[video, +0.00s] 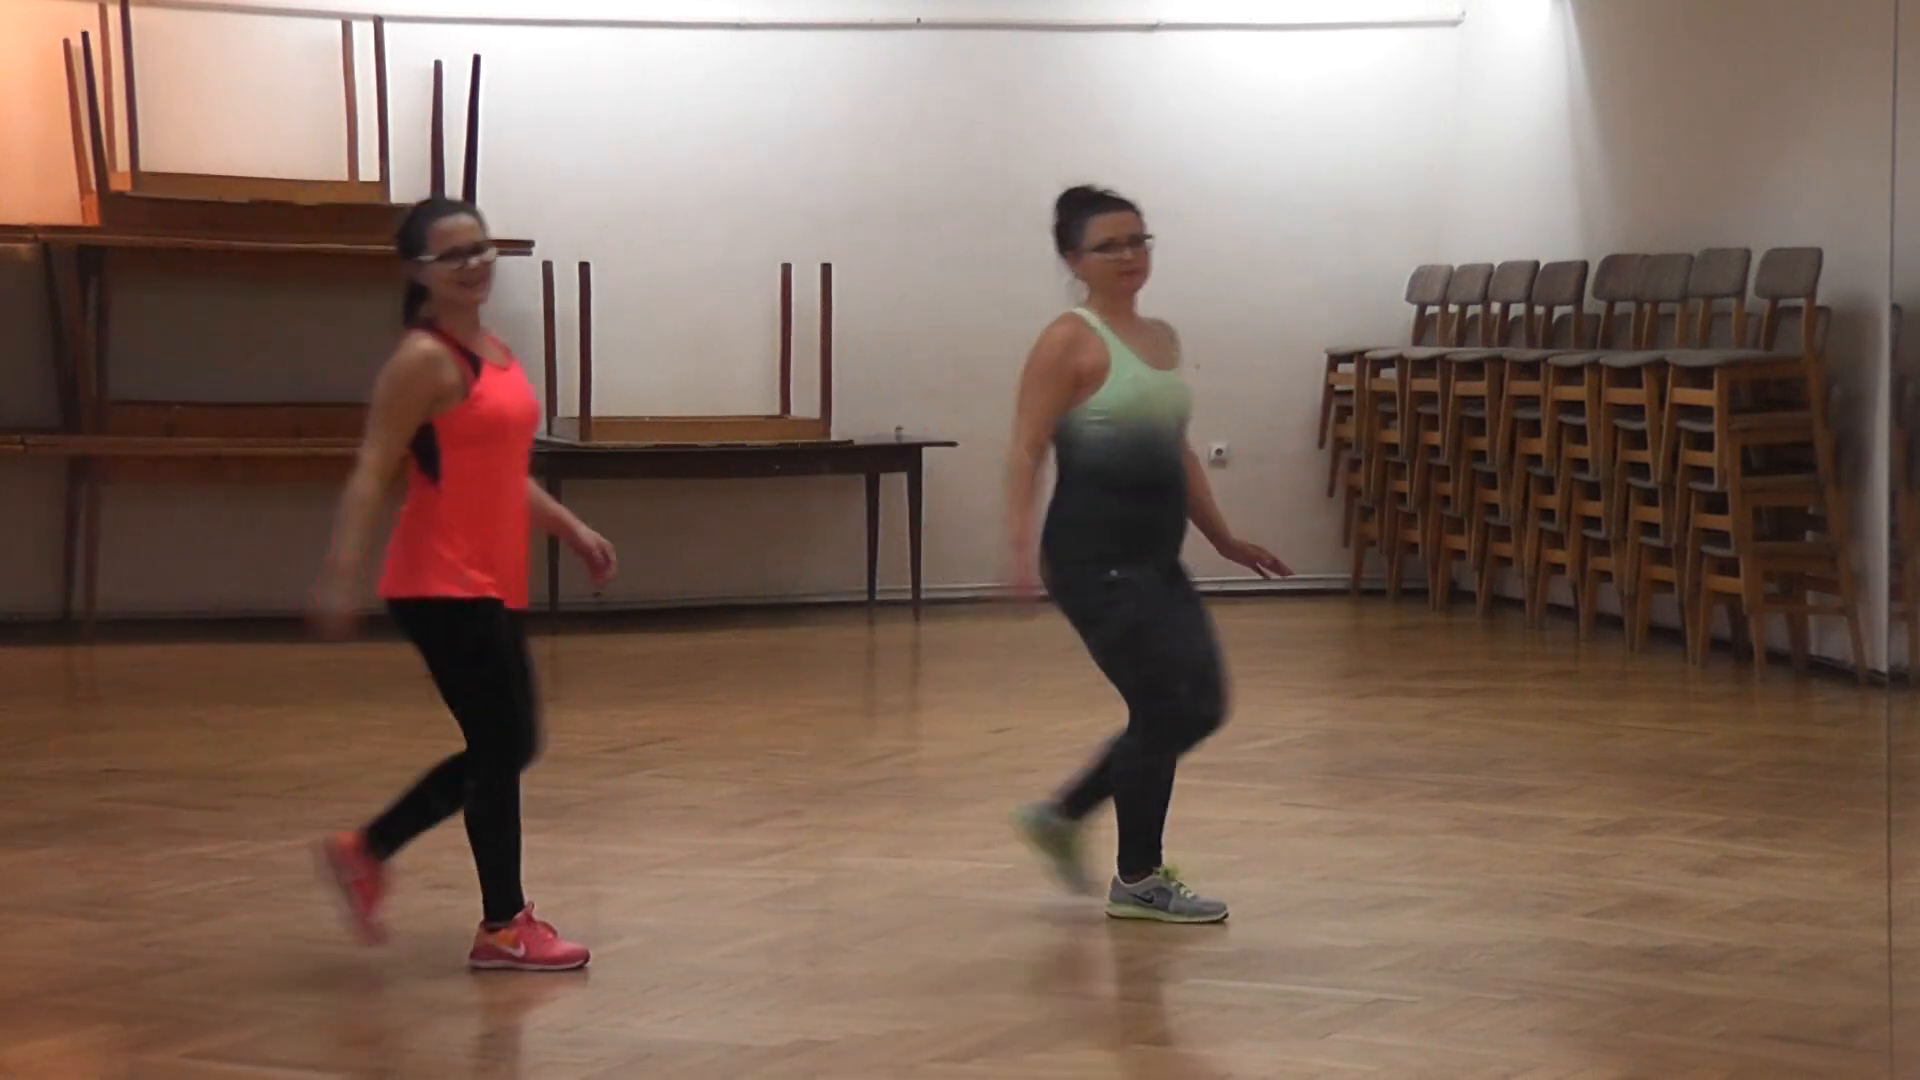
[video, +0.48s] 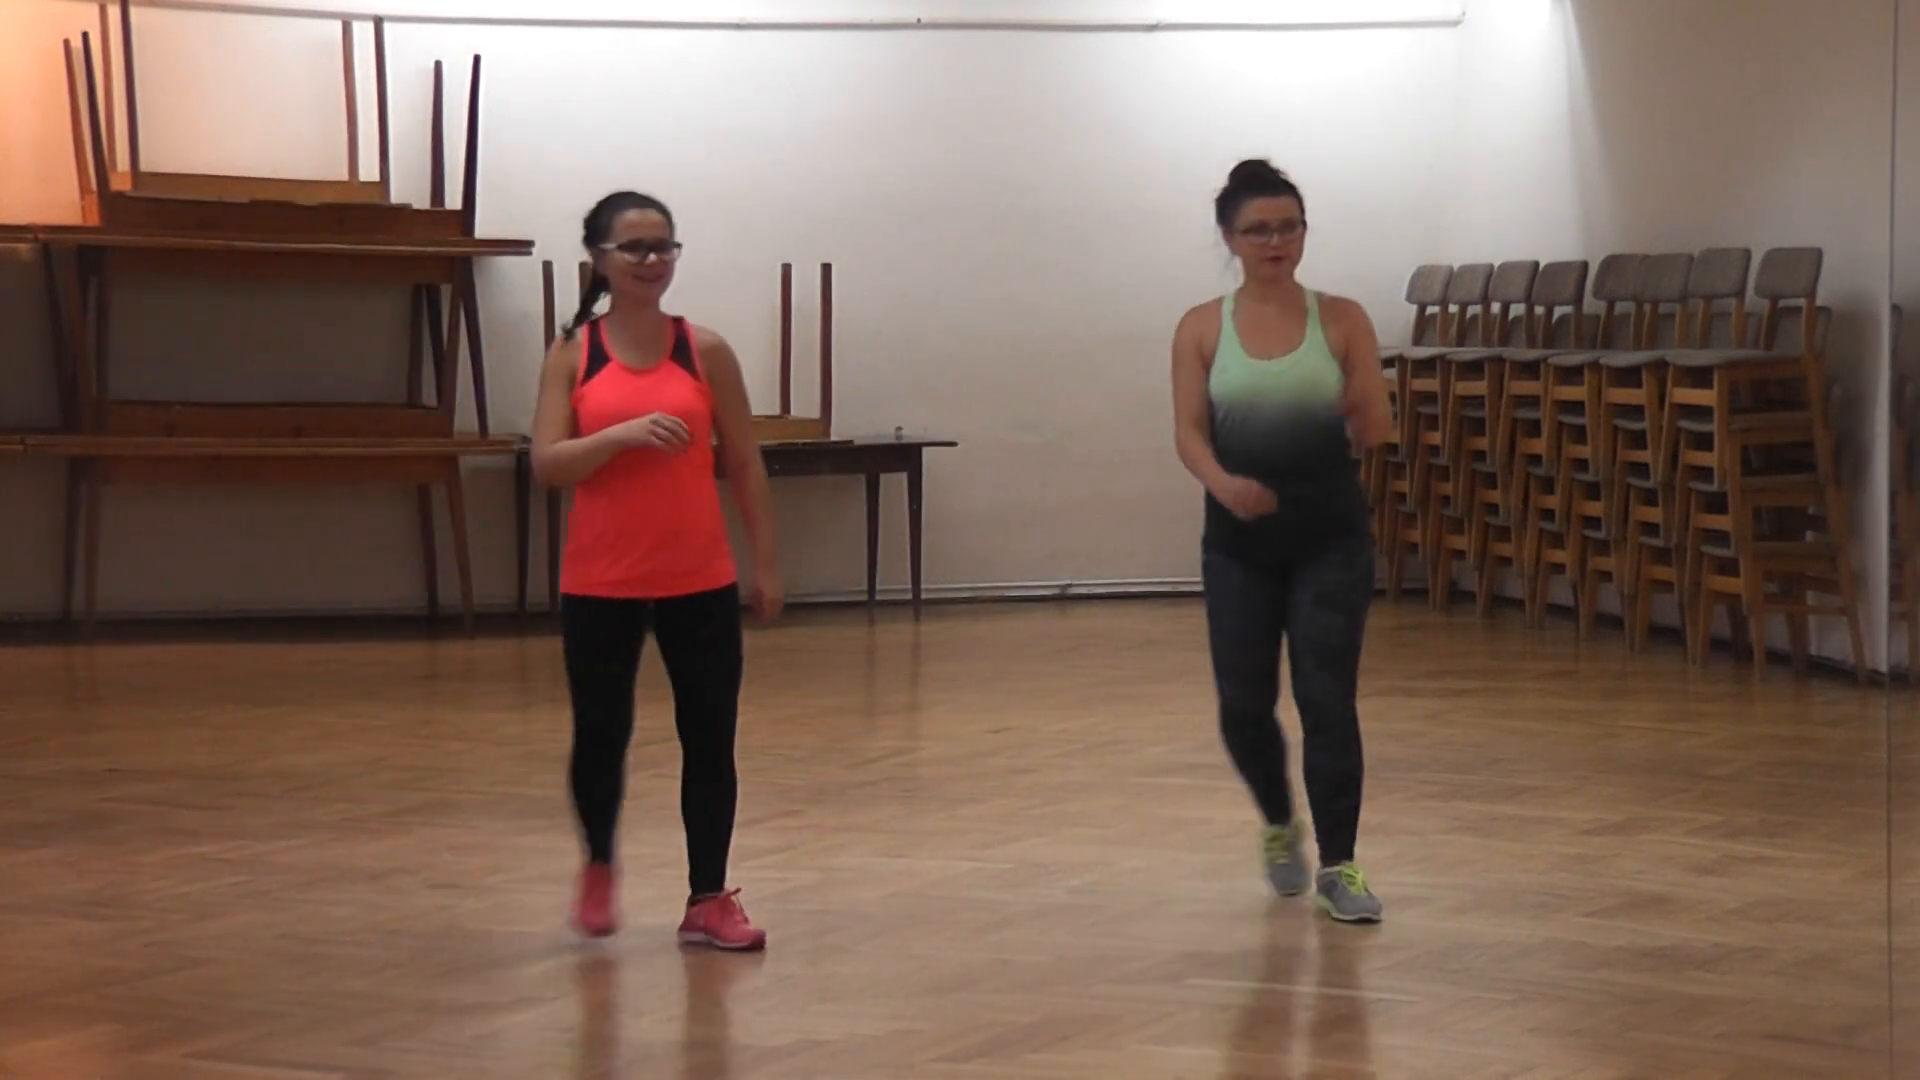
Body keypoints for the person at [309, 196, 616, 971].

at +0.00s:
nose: (475, 265)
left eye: (482, 250)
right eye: (455, 256)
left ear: (494, 257)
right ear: (420, 273)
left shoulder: (495, 349)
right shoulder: (421, 360)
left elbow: (501, 472)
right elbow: (373, 472)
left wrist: (572, 529)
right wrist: (343, 569)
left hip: (491, 582)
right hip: (438, 584)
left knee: (504, 742)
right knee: (502, 740)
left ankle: (366, 848)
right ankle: (504, 923)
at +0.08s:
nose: (507, 256)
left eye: (514, 242)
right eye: (488, 247)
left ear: (525, 249)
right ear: (450, 263)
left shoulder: (528, 339)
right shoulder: (451, 351)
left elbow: (536, 458)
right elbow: (413, 463)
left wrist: (599, 525)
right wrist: (462, 561)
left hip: (528, 581)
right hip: (466, 583)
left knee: (591, 714)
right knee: (499, 744)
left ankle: (470, 844)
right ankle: (504, 923)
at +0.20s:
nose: (556, 254)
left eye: (563, 241)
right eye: (536, 245)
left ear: (577, 249)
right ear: (500, 261)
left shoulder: (593, 348)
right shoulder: (489, 353)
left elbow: (601, 462)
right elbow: (459, 462)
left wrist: (655, 539)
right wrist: (574, 481)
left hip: (577, 581)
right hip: (499, 583)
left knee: (649, 711)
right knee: (527, 733)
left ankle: (649, 888)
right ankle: (505, 922)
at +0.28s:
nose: (588, 260)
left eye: (596, 247)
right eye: (569, 250)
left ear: (611, 257)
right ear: (533, 265)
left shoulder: (635, 357)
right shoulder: (514, 358)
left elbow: (658, 465)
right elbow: (487, 469)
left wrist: (694, 554)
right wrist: (605, 449)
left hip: (617, 586)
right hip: (531, 587)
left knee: (669, 730)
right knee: (545, 737)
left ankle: (699, 900)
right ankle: (506, 923)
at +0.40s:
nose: (632, 264)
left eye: (642, 252)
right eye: (613, 253)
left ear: (654, 261)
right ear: (576, 266)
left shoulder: (686, 358)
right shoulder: (552, 364)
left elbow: (724, 468)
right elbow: (534, 472)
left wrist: (741, 566)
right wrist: (618, 437)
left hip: (673, 581)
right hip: (576, 586)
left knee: (707, 734)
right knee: (575, 739)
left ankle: (708, 902)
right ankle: (540, 902)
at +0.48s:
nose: (653, 259)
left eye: (664, 246)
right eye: (635, 247)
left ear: (676, 256)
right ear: (599, 259)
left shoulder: (706, 352)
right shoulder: (571, 356)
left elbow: (744, 463)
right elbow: (548, 465)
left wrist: (763, 564)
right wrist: (619, 436)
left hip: (700, 578)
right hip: (600, 582)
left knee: (711, 741)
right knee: (599, 738)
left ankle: (709, 898)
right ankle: (598, 866)